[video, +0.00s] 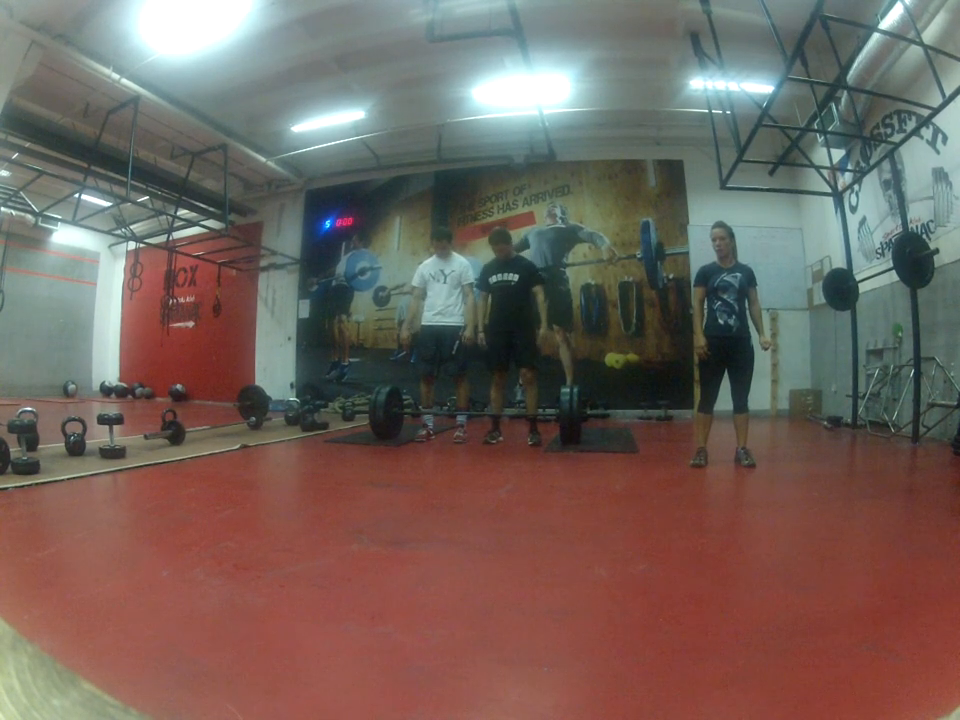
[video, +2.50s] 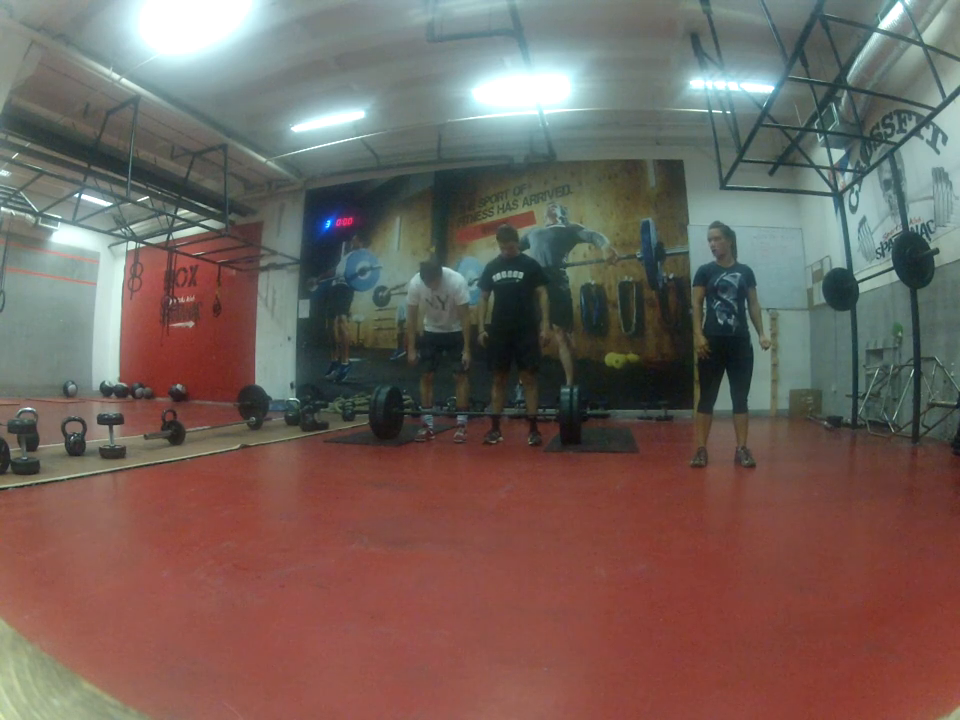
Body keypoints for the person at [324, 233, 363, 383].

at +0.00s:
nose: (353, 243)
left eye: (355, 241)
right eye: (353, 241)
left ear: (360, 242)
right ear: (354, 242)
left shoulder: (361, 256)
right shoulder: (349, 256)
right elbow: (337, 272)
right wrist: (319, 279)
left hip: (345, 288)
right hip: (335, 288)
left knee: (342, 324)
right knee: (333, 325)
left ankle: (345, 363)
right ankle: (335, 361)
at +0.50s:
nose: (352, 243)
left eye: (354, 241)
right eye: (352, 240)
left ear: (360, 242)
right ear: (353, 242)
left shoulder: (360, 256)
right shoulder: (348, 256)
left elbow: (362, 275)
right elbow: (337, 273)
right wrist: (319, 280)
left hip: (346, 289)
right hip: (336, 288)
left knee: (342, 324)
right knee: (334, 325)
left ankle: (345, 362)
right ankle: (335, 360)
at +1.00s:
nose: (352, 243)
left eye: (355, 240)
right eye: (352, 240)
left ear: (360, 242)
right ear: (352, 242)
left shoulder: (359, 256)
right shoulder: (347, 256)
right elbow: (336, 273)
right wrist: (319, 280)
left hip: (346, 288)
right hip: (335, 288)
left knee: (342, 324)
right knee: (334, 325)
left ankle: (345, 362)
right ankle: (335, 361)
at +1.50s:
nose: (352, 243)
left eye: (355, 241)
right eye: (352, 240)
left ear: (361, 243)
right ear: (353, 242)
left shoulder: (360, 257)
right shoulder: (347, 256)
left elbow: (363, 275)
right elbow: (336, 273)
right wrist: (319, 280)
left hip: (346, 288)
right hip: (335, 288)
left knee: (342, 323)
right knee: (334, 325)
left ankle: (345, 362)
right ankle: (335, 361)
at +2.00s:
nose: (352, 243)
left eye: (355, 241)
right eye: (353, 240)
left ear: (361, 243)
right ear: (353, 242)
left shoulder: (359, 257)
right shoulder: (347, 256)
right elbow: (337, 273)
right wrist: (319, 279)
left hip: (345, 288)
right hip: (335, 288)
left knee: (342, 323)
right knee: (334, 325)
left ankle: (345, 362)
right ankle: (335, 360)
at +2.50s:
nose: (353, 243)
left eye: (355, 241)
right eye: (353, 241)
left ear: (361, 243)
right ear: (354, 242)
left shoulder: (360, 256)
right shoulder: (348, 256)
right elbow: (336, 271)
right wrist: (319, 278)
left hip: (346, 288)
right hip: (336, 288)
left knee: (342, 324)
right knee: (334, 325)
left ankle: (345, 362)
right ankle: (335, 361)